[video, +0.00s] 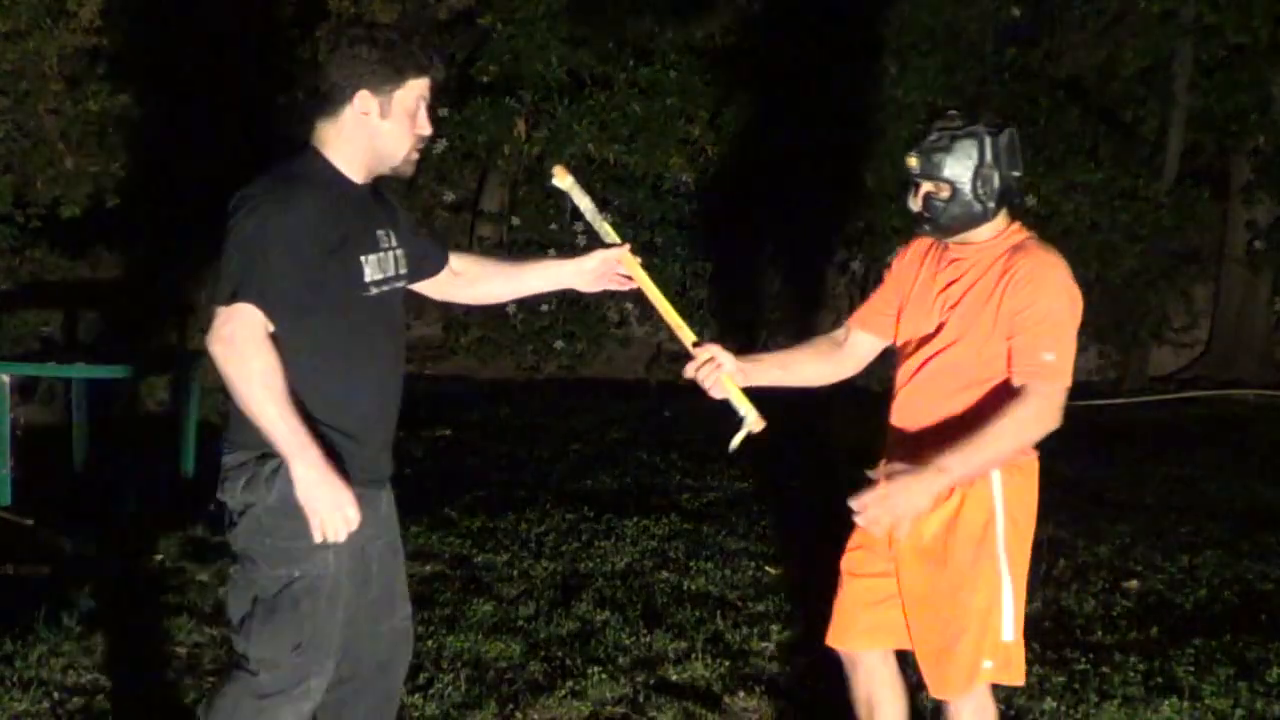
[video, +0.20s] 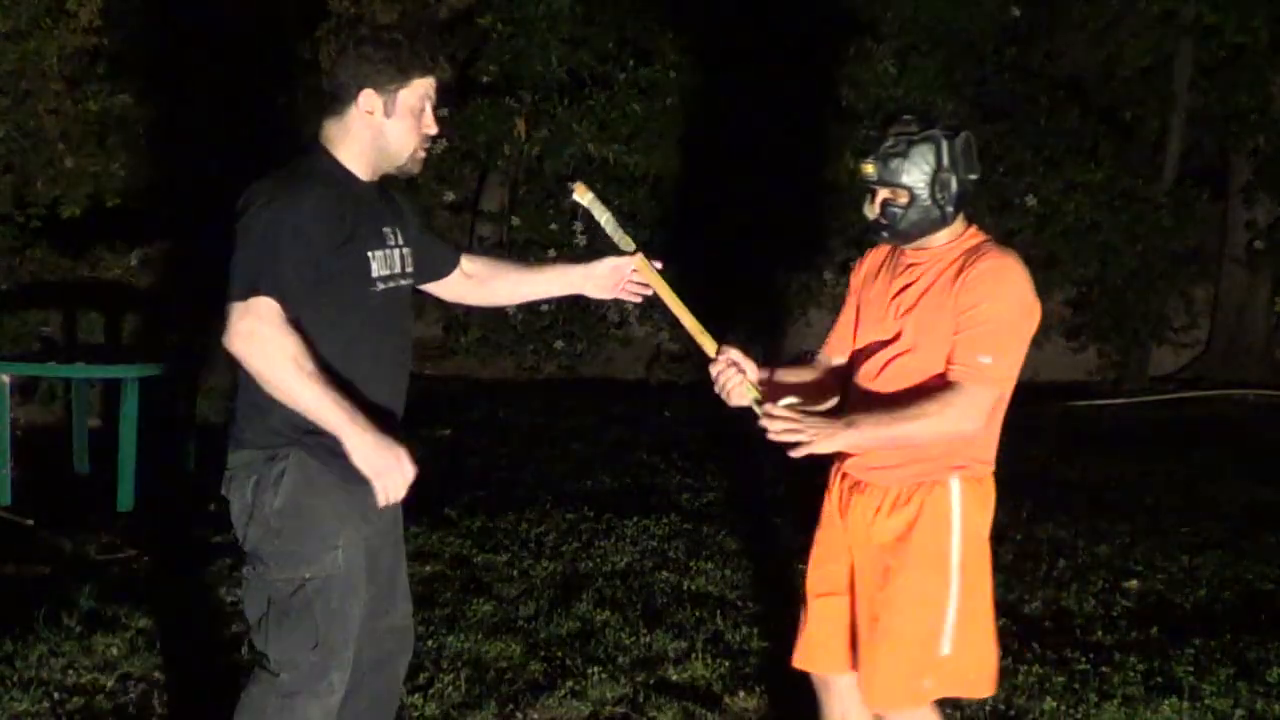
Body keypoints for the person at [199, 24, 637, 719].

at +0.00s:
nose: (428, 129)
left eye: (427, 112)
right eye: (419, 110)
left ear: (372, 112)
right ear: (366, 109)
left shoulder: (379, 213)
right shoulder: (282, 206)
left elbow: (456, 277)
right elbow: (234, 337)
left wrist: (576, 271)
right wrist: (309, 466)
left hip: (367, 491)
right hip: (289, 487)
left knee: (373, 674)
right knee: (284, 679)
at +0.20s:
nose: (435, 128)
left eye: (435, 110)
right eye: (423, 108)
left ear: (376, 108)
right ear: (371, 107)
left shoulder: (385, 211)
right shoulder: (289, 201)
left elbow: (464, 278)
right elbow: (252, 330)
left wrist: (589, 277)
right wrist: (359, 434)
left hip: (365, 471)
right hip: (295, 471)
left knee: (378, 661)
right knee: (306, 672)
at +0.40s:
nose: (411, 124)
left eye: (409, 105)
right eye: (397, 104)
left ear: (352, 115)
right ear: (345, 110)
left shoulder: (356, 212)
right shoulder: (269, 212)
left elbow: (386, 312)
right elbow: (272, 350)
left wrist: (489, 281)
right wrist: (408, 367)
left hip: (353, 481)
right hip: (276, 481)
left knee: (372, 665)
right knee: (280, 683)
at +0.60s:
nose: (386, 137)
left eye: (386, 117)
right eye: (374, 116)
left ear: (327, 121)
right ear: (323, 118)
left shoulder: (316, 211)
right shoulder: (255, 214)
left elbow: (332, 328)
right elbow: (330, 346)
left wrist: (385, 233)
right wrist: (394, 245)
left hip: (319, 475)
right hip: (246, 480)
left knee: (365, 637)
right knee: (264, 682)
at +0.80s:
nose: (368, 140)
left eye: (371, 122)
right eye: (356, 119)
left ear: (311, 123)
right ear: (308, 119)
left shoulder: (304, 212)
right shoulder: (237, 206)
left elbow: (381, 309)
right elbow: (323, 316)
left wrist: (374, 206)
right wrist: (360, 213)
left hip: (290, 482)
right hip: (220, 478)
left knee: (313, 655)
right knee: (252, 674)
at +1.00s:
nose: (349, 140)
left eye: (353, 123)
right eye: (338, 119)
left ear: (295, 124)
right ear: (290, 119)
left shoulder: (290, 212)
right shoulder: (217, 204)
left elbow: (351, 315)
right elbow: (295, 317)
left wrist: (352, 210)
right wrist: (337, 216)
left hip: (274, 476)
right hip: (198, 472)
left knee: (294, 665)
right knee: (211, 676)